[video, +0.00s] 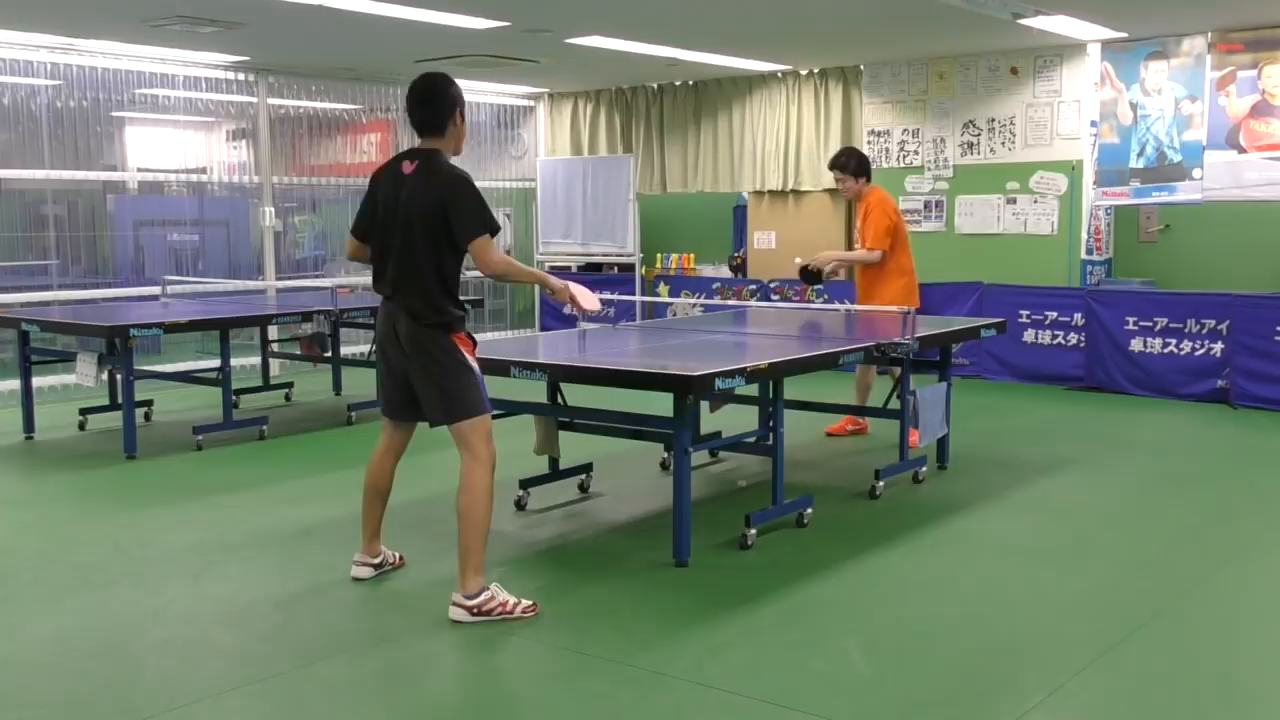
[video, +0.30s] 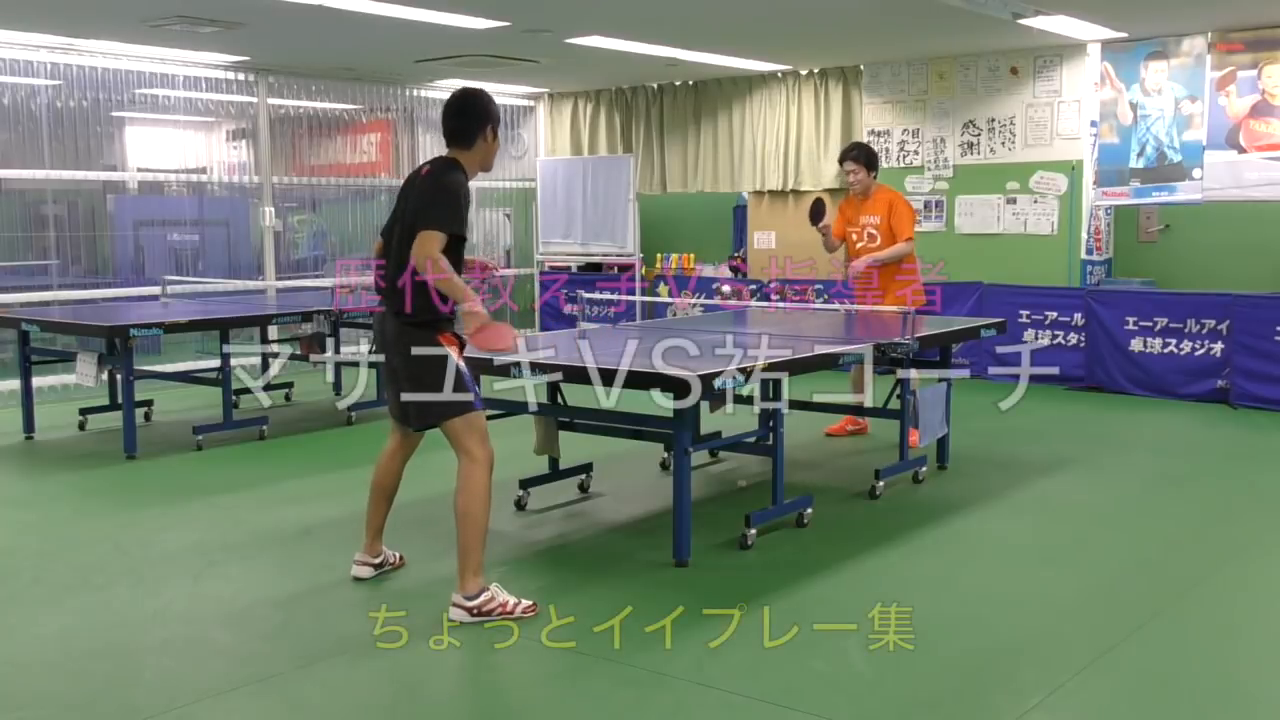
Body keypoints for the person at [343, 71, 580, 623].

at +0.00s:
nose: (467, 124)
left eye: (463, 114)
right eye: (465, 114)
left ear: (412, 121)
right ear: (457, 118)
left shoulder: (387, 173)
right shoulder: (453, 182)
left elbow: (356, 248)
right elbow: (490, 262)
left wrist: (410, 257)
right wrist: (552, 282)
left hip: (393, 326)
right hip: (438, 332)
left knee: (393, 437)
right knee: (478, 452)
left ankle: (369, 552)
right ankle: (472, 589)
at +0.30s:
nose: (500, 145)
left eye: (498, 134)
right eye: (498, 134)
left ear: (451, 131)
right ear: (486, 135)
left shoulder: (423, 176)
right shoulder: (450, 182)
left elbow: (384, 246)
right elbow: (425, 255)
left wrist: (447, 265)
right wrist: (469, 301)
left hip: (395, 328)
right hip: (424, 334)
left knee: (402, 438)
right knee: (476, 451)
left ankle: (370, 551)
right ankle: (472, 589)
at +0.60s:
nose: (510, 178)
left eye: (513, 168)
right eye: (509, 166)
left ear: (476, 159)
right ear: (483, 158)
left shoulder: (426, 193)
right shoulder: (451, 199)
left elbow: (383, 258)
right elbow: (459, 287)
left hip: (386, 340)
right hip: (405, 343)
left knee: (405, 441)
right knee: (464, 453)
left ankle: (370, 552)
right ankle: (465, 590)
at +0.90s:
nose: (499, 151)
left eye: (496, 143)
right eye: (498, 143)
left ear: (447, 145)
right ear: (488, 145)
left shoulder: (407, 191)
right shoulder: (493, 194)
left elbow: (364, 255)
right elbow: (568, 228)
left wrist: (418, 272)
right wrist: (577, 193)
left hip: (394, 343)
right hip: (445, 347)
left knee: (382, 451)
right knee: (502, 464)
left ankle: (367, 552)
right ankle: (475, 596)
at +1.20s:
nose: (509, 150)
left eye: (507, 140)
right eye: (508, 140)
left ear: (459, 137)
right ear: (496, 141)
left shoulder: (421, 183)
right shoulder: (473, 190)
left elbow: (380, 249)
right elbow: (464, 268)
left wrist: (434, 275)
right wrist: (523, 315)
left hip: (397, 342)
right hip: (437, 347)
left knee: (395, 443)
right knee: (492, 461)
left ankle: (359, 553)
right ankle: (474, 597)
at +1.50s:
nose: (509, 173)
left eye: (512, 163)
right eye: (508, 161)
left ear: (469, 154)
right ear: (482, 154)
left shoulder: (422, 191)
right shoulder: (458, 196)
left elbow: (384, 258)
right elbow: (502, 276)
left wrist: (452, 286)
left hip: (386, 344)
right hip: (418, 350)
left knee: (389, 446)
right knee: (481, 458)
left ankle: (357, 554)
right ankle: (472, 597)